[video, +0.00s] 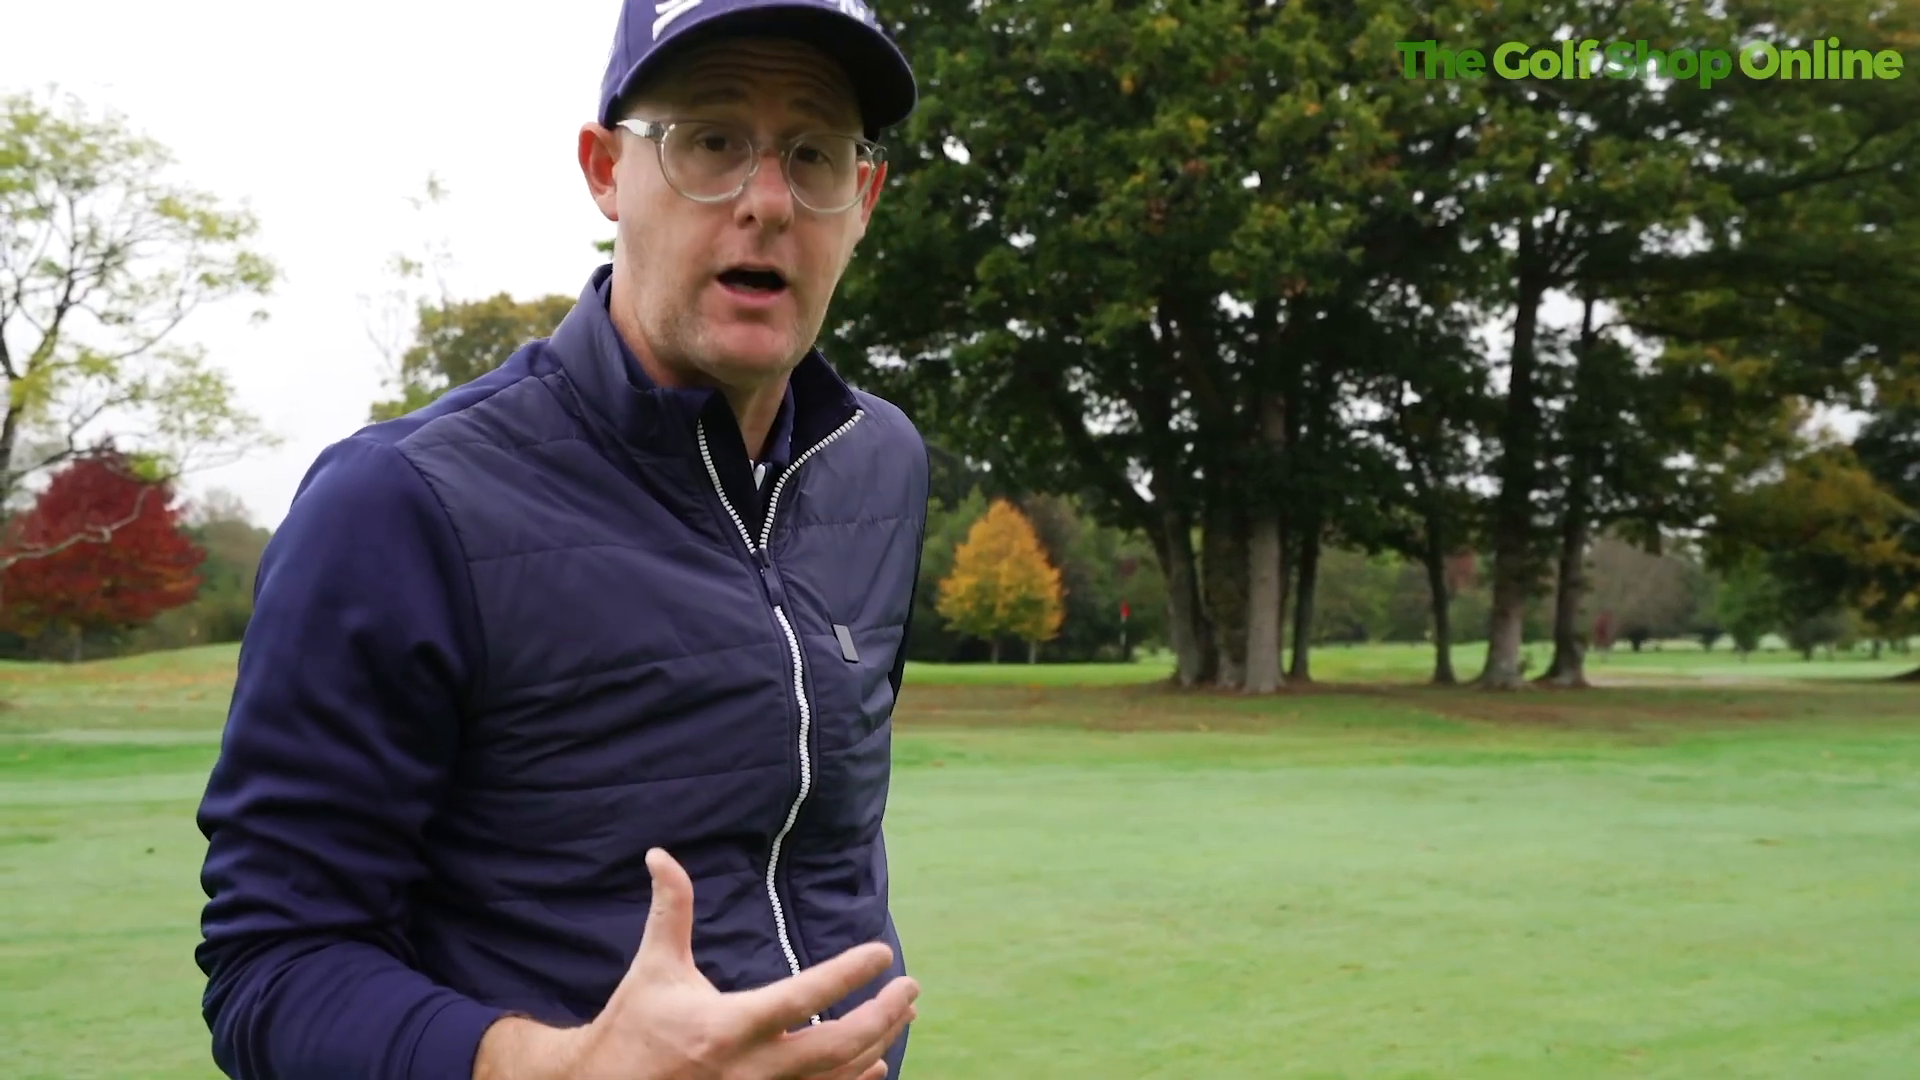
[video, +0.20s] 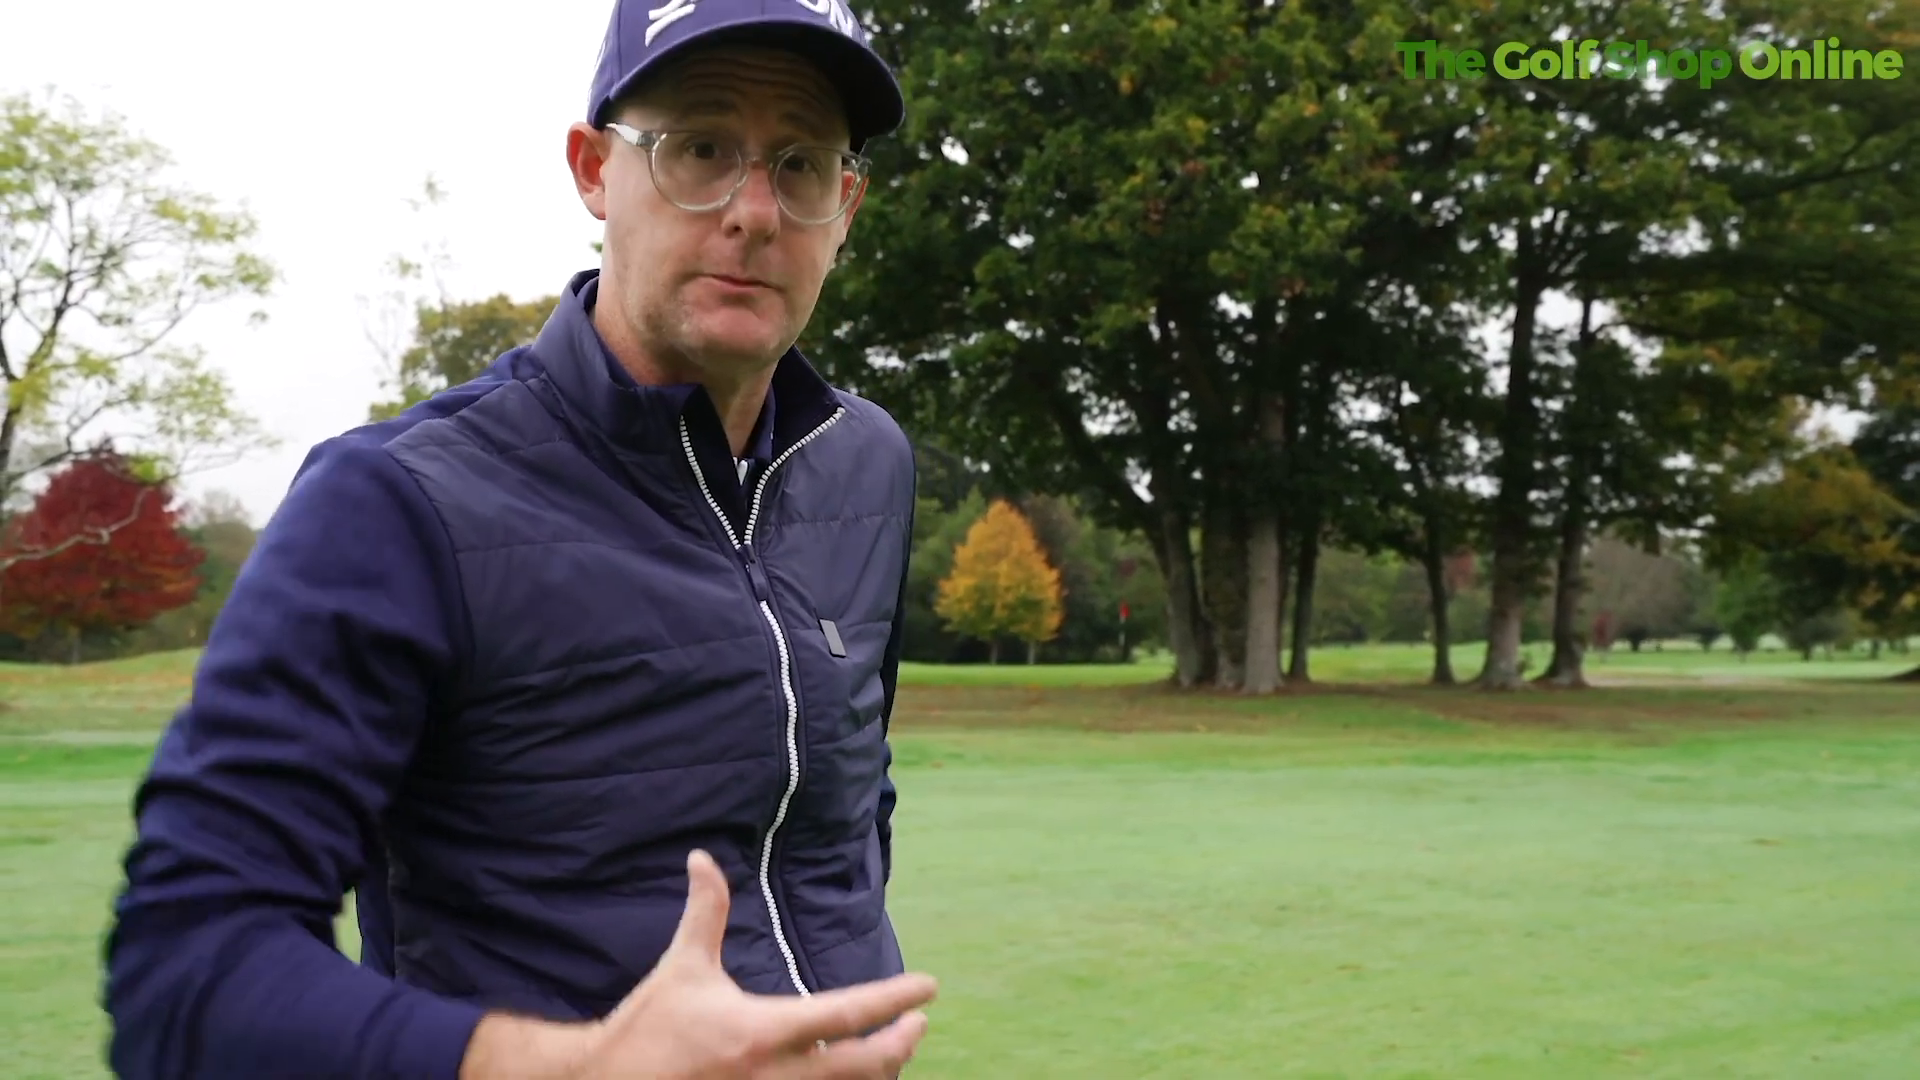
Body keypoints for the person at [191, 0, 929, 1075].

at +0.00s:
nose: (767, 200)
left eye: (811, 154)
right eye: (712, 139)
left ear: (863, 200)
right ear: (608, 170)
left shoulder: (882, 472)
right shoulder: (402, 506)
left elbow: (820, 840)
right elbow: (274, 966)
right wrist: (561, 1060)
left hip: (838, 1056)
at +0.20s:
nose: (754, 208)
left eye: (798, 160)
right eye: (700, 146)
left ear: (847, 206)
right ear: (596, 174)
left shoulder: (866, 471)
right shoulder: (399, 502)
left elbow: (854, 809)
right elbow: (186, 967)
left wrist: (848, 1008)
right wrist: (571, 1059)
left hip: (830, 1055)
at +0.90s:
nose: (827, 302)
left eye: (856, 241)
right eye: (776, 240)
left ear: (880, 222)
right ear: (618, 205)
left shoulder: (845, 481)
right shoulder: (388, 531)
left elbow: (884, 818)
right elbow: (262, 1003)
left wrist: (910, 1047)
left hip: (840, 1052)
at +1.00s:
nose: (849, 310)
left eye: (869, 248)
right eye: (793, 249)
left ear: (891, 224)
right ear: (629, 219)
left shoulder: (849, 484)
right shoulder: (410, 553)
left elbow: (887, 853)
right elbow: (366, 1024)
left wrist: (913, 1064)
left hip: (828, 1053)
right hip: (572, 1058)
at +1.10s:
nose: (869, 333)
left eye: (891, 266)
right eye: (809, 268)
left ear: (911, 248)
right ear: (647, 242)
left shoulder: (850, 481)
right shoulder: (444, 576)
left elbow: (897, 867)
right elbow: (471, 1050)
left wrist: (921, 1066)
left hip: (825, 1050)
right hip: (615, 1059)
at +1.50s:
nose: (985, 408)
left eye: (1012, 355)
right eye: (938, 351)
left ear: (1038, 334)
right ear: (795, 311)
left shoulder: (971, 534)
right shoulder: (588, 602)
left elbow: (948, 907)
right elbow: (624, 1041)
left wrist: (944, 1063)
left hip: (862, 1041)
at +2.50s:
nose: (1046, 557)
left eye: (1076, 504)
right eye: (1004, 500)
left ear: (1108, 473)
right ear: (863, 437)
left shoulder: (1064, 668)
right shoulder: (573, 602)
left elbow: (930, 1034)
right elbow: (520, 1024)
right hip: (615, 1056)